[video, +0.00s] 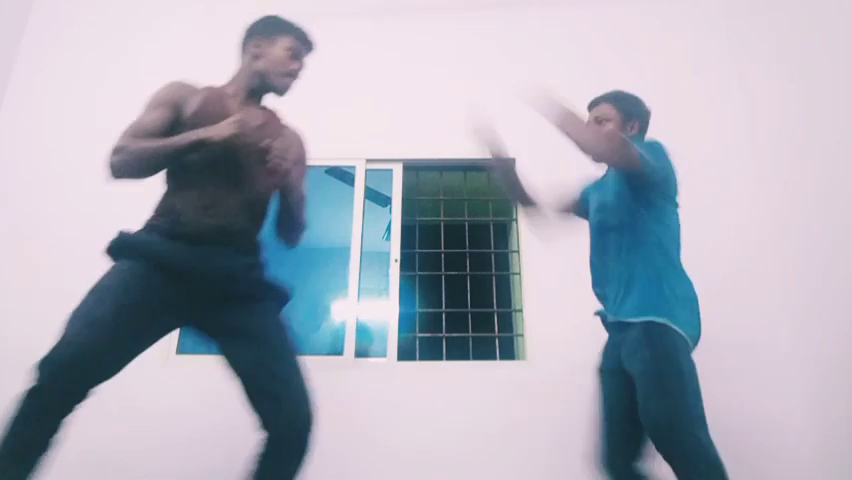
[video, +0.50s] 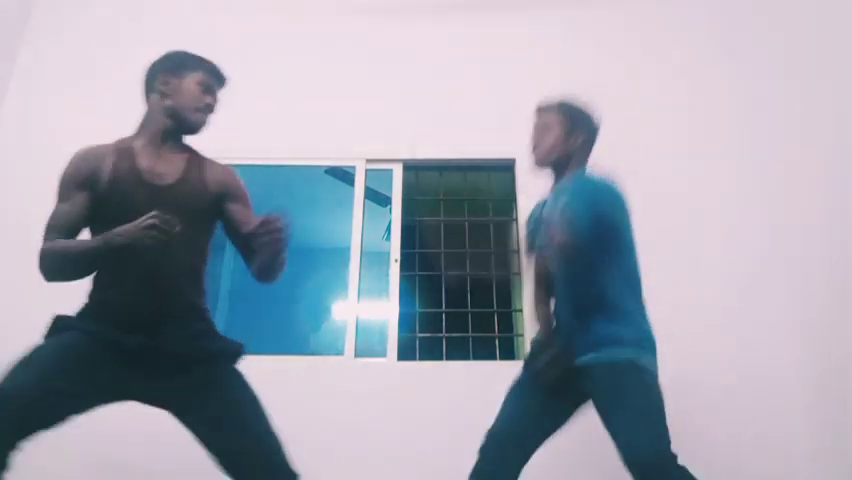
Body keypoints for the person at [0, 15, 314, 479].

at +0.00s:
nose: (298, 66)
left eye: (303, 59)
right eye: (292, 52)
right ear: (255, 49)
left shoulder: (287, 139)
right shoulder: (184, 98)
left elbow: (291, 234)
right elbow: (122, 161)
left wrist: (291, 184)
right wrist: (208, 135)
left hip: (238, 281)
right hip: (159, 267)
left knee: (292, 422)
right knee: (62, 374)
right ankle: (11, 471)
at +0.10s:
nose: (267, 88)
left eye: (270, 81)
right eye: (259, 75)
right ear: (221, 71)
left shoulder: (257, 173)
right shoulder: (146, 132)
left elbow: (261, 270)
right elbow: (84, 205)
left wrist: (261, 227)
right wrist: (165, 173)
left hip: (193, 330)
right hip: (110, 311)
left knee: (259, 455)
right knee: (12, 421)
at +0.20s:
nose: (249, 97)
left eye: (252, 90)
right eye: (240, 84)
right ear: (201, 81)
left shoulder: (243, 181)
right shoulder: (125, 142)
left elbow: (247, 282)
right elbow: (65, 227)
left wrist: (241, 251)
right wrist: (139, 194)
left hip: (183, 339)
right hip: (95, 322)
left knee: (261, 452)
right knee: (4, 417)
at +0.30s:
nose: (238, 92)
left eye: (242, 86)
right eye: (230, 79)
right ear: (190, 76)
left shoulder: (235, 173)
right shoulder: (116, 136)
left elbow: (245, 272)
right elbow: (55, 220)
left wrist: (227, 239)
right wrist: (135, 190)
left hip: (184, 334)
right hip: (95, 320)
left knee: (275, 432)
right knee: (6, 414)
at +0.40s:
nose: (231, 89)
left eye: (234, 83)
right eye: (221, 76)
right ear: (181, 75)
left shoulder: (231, 168)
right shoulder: (108, 140)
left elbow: (257, 265)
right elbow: (54, 223)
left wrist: (238, 233)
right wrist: (138, 195)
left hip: (193, 339)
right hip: (104, 330)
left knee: (284, 462)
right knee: (11, 423)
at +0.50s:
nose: (213, 101)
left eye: (215, 94)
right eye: (204, 87)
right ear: (164, 85)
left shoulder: (219, 179)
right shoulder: (93, 164)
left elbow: (265, 271)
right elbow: (52, 262)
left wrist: (273, 246)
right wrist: (120, 237)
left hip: (190, 354)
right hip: (99, 346)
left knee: (272, 473)